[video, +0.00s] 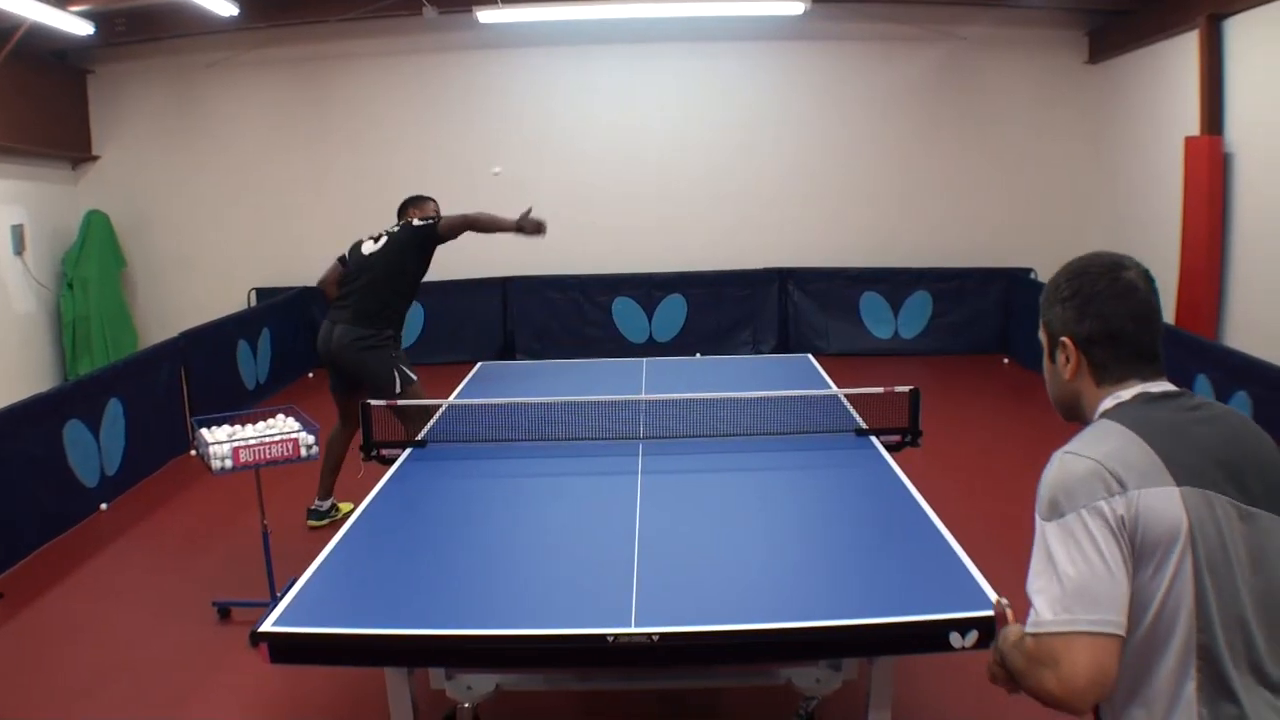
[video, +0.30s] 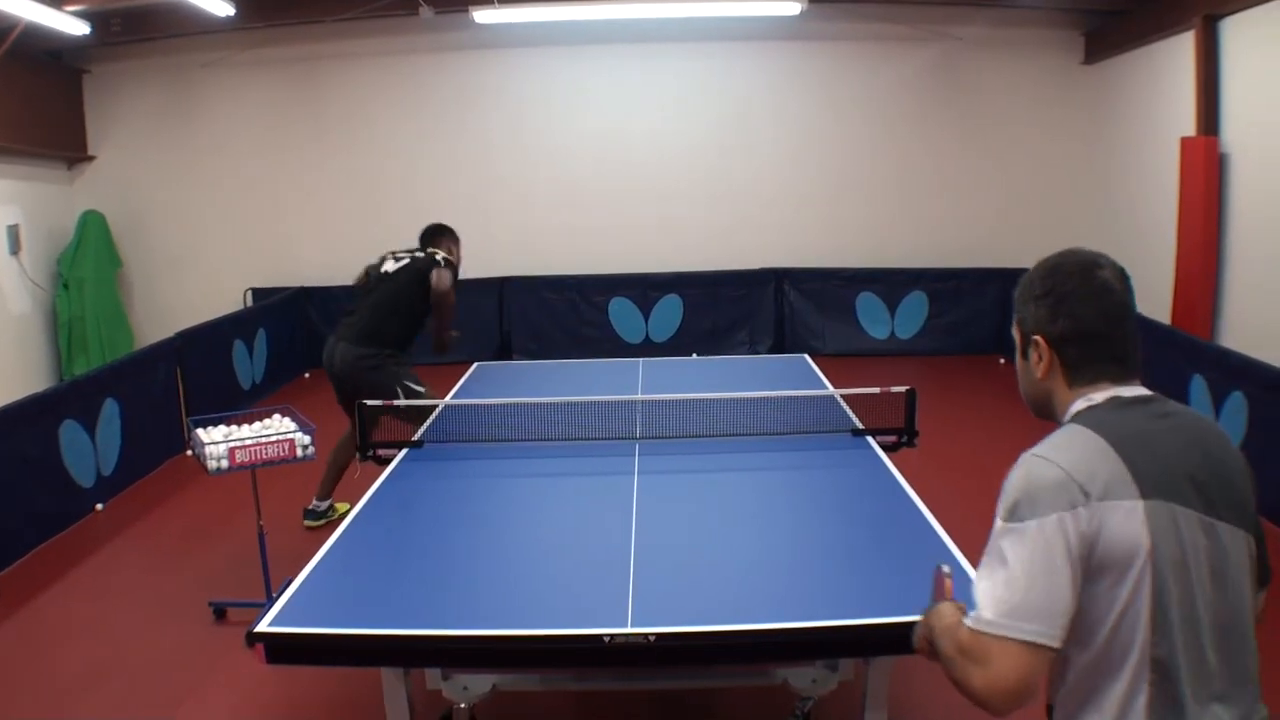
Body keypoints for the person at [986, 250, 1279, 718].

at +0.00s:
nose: (1044, 367)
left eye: (1044, 351)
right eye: (1043, 350)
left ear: (1068, 357)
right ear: (1153, 340)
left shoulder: (1091, 466)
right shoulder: (1254, 440)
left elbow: (1077, 683)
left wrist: (1011, 646)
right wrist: (1033, 662)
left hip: (1159, 709)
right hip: (1268, 704)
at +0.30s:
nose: (1016, 365)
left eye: (1015, 349)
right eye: (1013, 348)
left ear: (1040, 355)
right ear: (1124, 337)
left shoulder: (1058, 470)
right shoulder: (1216, 445)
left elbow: (1002, 685)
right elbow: (1248, 603)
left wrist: (942, 625)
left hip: (1110, 711)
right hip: (1237, 710)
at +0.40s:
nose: (1003, 353)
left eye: (1003, 335)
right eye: (1001, 335)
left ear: (1026, 339)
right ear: (1109, 323)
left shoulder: (1039, 451)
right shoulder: (1211, 433)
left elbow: (962, 654)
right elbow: (1256, 596)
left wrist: (906, 602)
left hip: (1090, 708)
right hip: (1225, 705)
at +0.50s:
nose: (1001, 336)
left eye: (1000, 319)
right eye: (1000, 319)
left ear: (1024, 322)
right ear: (1103, 306)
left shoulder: (1036, 433)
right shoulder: (1212, 415)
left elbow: (948, 625)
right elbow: (1259, 564)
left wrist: (895, 583)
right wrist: (1160, 588)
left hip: (1095, 709)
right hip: (1222, 702)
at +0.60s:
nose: (1002, 342)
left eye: (1001, 326)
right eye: (1000, 325)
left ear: (1024, 328)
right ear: (1100, 310)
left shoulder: (1038, 440)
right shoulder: (1201, 412)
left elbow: (935, 611)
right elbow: (1245, 548)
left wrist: (890, 570)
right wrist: (1144, 561)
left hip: (1087, 707)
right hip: (1213, 700)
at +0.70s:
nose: (988, 348)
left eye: (987, 330)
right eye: (987, 331)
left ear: (1007, 331)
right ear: (1081, 313)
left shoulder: (1021, 432)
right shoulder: (1175, 406)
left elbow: (893, 580)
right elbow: (1221, 524)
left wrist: (871, 548)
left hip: (1067, 702)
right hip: (1190, 700)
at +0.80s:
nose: (947, 343)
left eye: (947, 327)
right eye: (947, 328)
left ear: (964, 326)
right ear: (1037, 312)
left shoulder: (971, 414)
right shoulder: (1130, 395)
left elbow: (824, 538)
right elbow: (1184, 508)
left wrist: (879, 539)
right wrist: (1089, 520)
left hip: (1030, 692)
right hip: (1150, 688)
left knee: (932, 704)